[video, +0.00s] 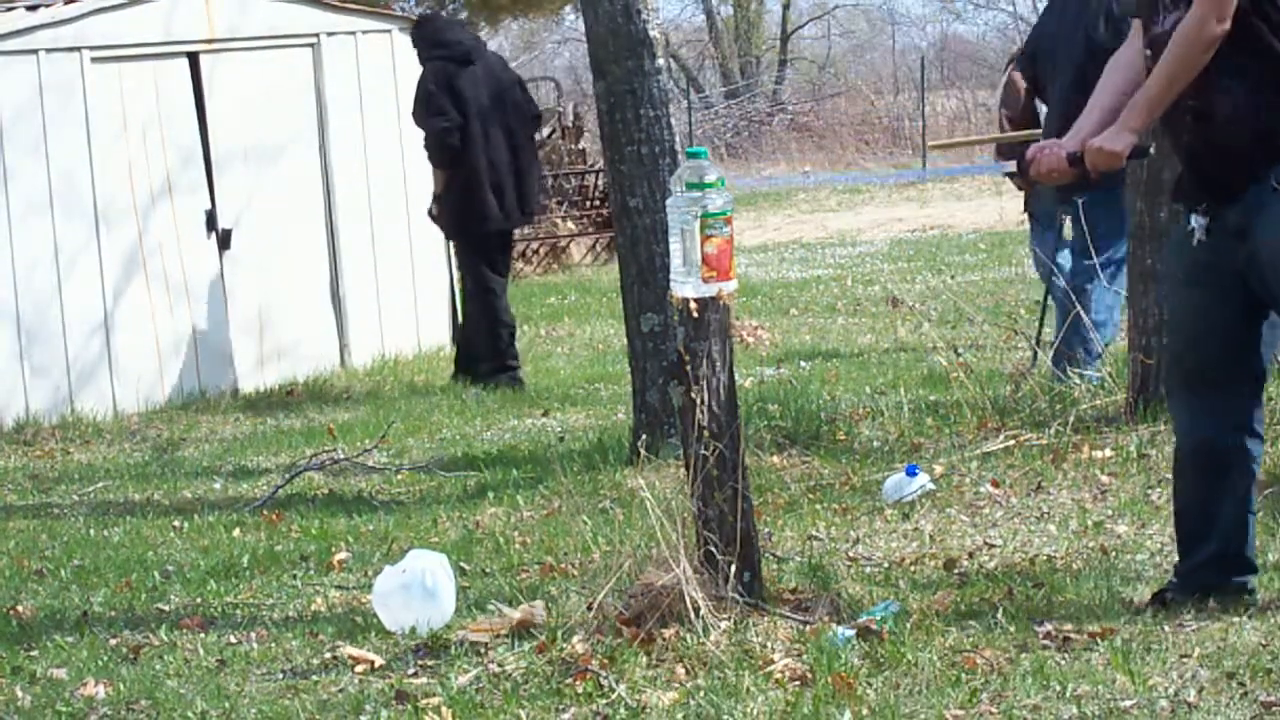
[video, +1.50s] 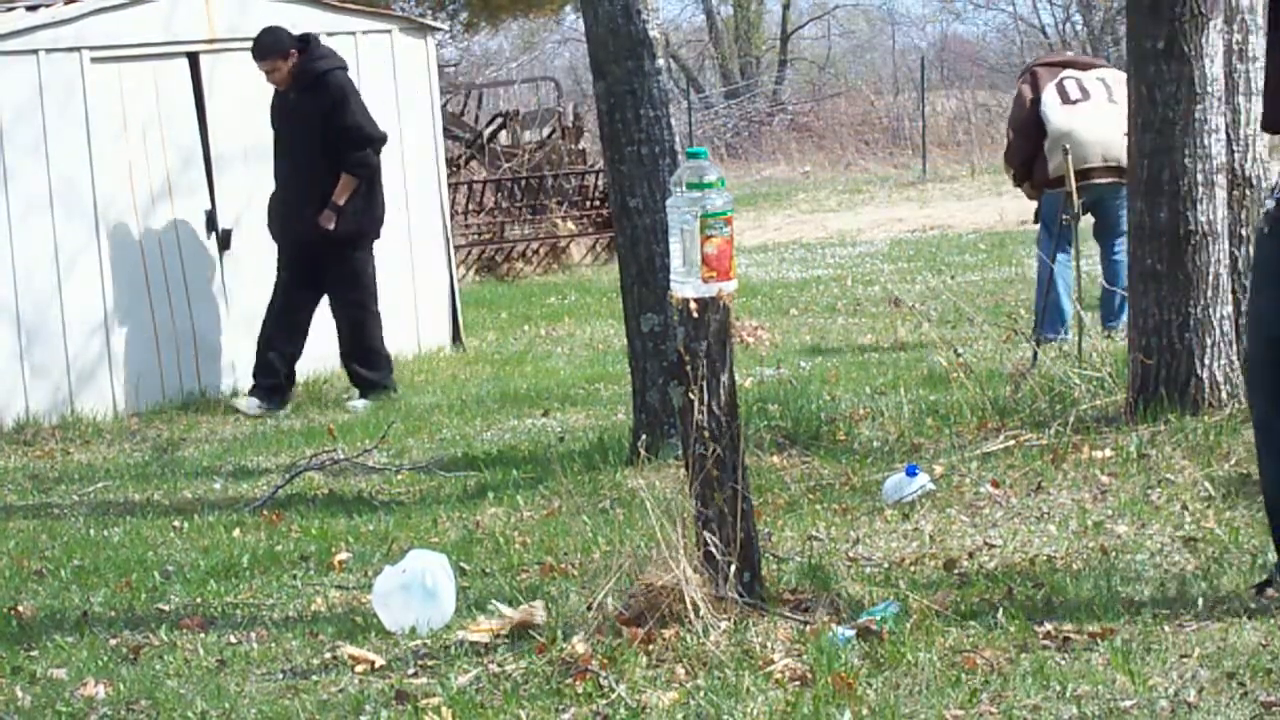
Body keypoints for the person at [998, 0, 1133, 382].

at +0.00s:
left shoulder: (1057, 10)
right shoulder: (1131, 11)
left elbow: (1018, 77)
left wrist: (1018, 144)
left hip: (1049, 152)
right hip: (1107, 151)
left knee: (1048, 251)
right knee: (1104, 263)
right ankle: (1075, 371)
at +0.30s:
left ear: (1029, 46)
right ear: (1070, 44)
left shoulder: (1019, 70)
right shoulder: (1098, 66)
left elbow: (1010, 128)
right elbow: (1120, 112)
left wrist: (1013, 173)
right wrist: (1120, 159)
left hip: (1049, 173)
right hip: (1106, 167)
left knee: (1045, 250)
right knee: (1100, 247)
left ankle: (1044, 331)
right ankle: (1097, 339)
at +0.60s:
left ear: (1015, 61)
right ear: (1053, 54)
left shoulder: (1004, 79)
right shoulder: (1088, 70)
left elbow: (993, 138)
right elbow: (1122, 112)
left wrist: (1004, 184)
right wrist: (1113, 157)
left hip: (1040, 166)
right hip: (1095, 161)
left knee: (1043, 247)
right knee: (1094, 241)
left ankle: (1055, 332)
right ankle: (1096, 326)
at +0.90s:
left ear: (1004, 66)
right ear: (1044, 56)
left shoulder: (994, 81)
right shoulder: (1076, 69)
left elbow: (986, 136)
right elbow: (1119, 107)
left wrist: (999, 184)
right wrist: (1110, 154)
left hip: (1037, 167)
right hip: (1092, 159)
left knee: (1040, 252)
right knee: (1098, 229)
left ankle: (1051, 335)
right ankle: (1102, 312)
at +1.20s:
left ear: (1014, 66)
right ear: (1053, 57)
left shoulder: (1008, 79)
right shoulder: (1088, 74)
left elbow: (1001, 137)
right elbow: (1124, 113)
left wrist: (1003, 181)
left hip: (1046, 169)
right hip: (1102, 163)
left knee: (1042, 252)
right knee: (1107, 248)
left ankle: (1052, 336)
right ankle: (1116, 325)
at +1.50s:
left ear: (1043, 63)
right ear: (1082, 55)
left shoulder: (1034, 79)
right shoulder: (1115, 76)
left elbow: (1020, 134)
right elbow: (1136, 120)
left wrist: (1023, 177)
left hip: (1062, 173)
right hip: (1117, 167)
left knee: (1055, 248)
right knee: (1116, 243)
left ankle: (1053, 332)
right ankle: (1118, 324)